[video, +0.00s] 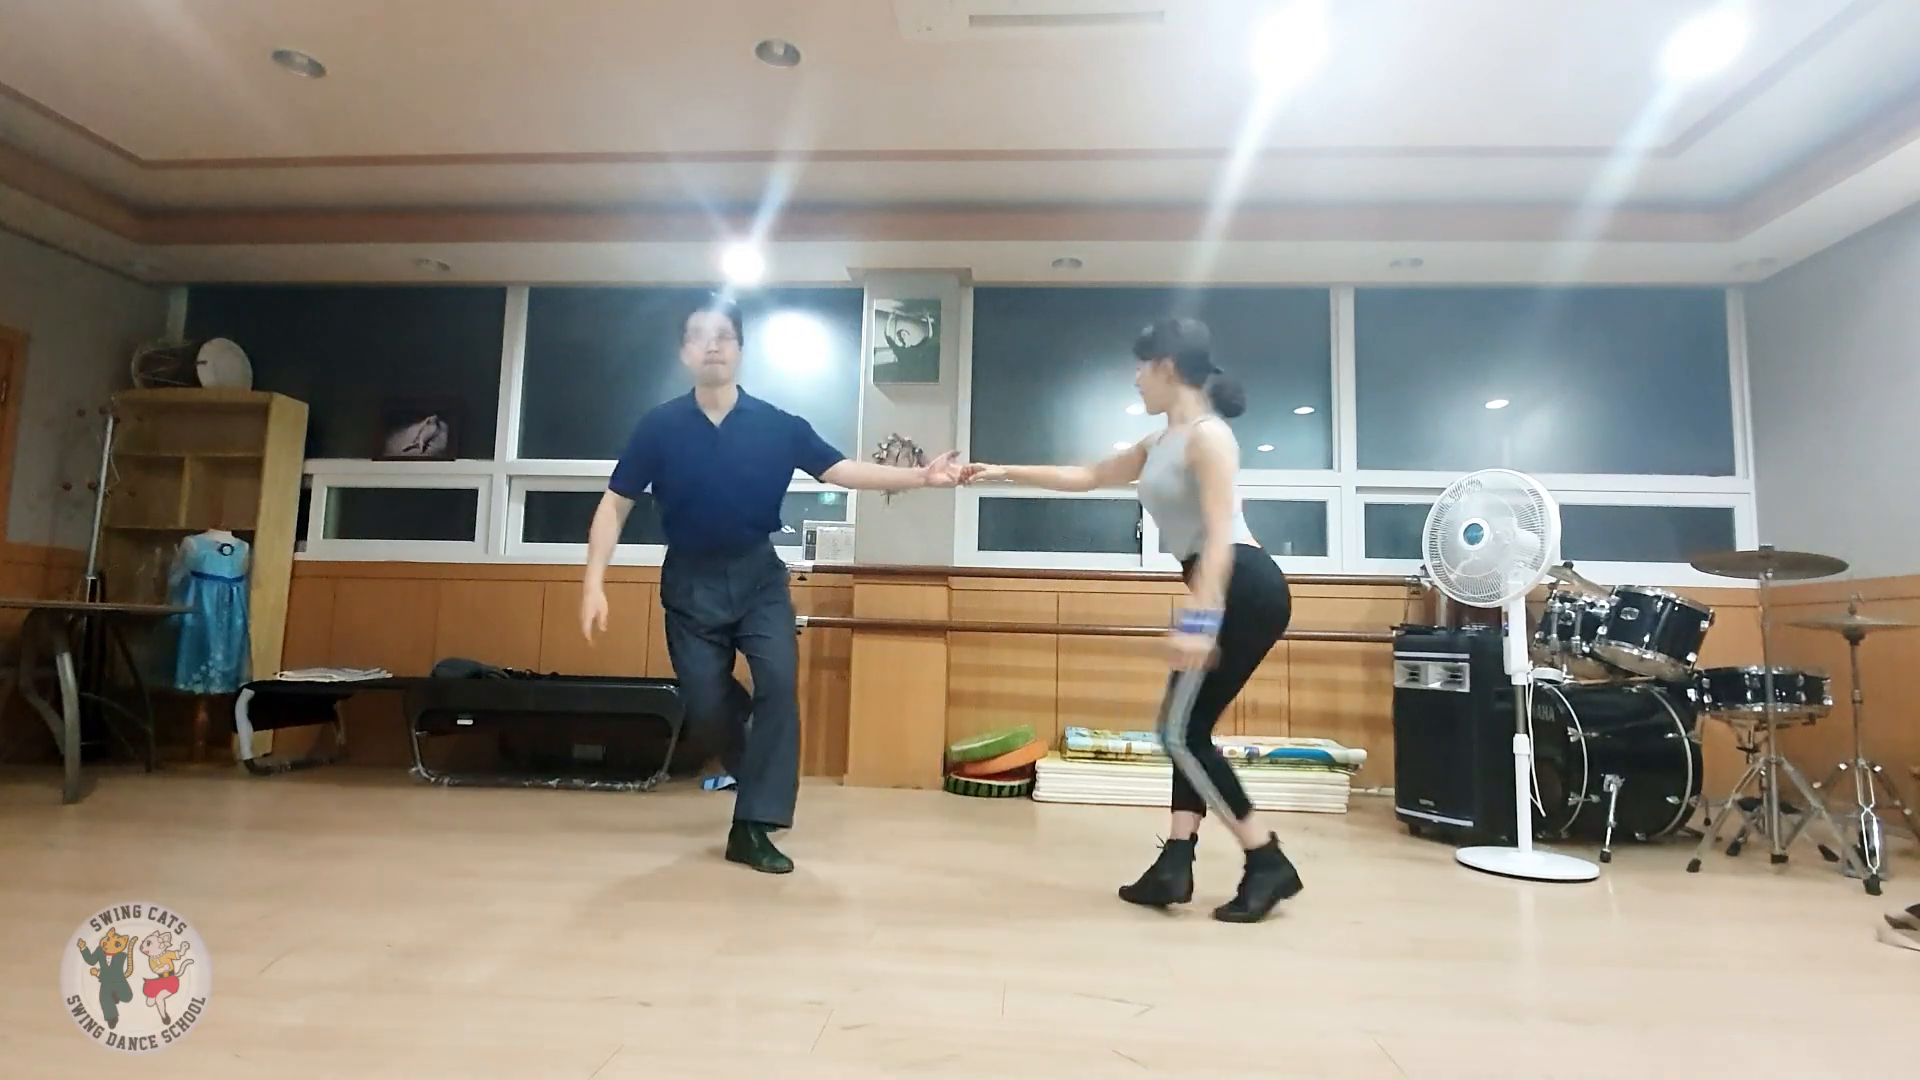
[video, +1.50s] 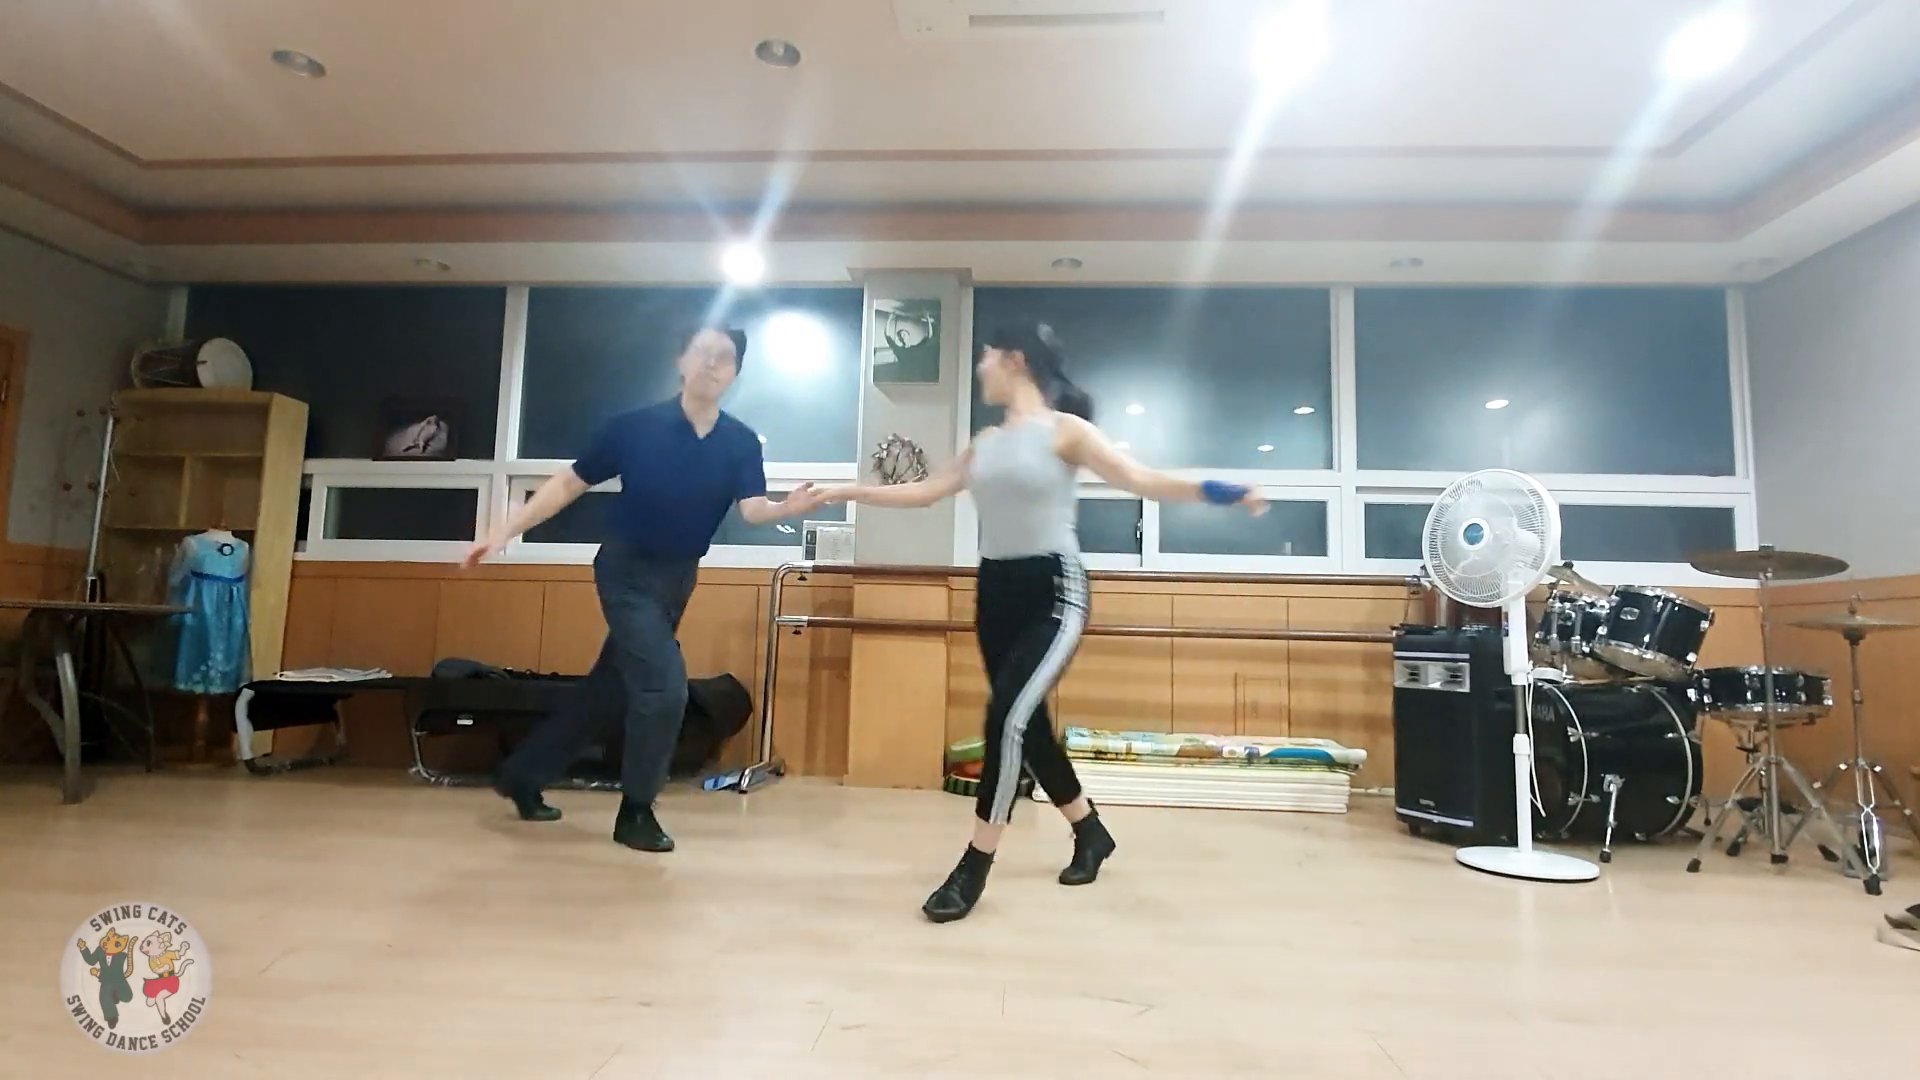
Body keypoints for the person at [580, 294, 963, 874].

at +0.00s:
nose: (712, 348)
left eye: (724, 338)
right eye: (699, 338)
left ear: (739, 351)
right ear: (683, 352)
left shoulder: (778, 427)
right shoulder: (660, 427)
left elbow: (843, 471)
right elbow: (613, 506)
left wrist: (924, 475)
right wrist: (593, 585)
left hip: (760, 581)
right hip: (692, 586)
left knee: (779, 692)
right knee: (708, 714)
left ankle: (751, 827)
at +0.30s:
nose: (697, 349)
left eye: (710, 340)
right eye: (686, 339)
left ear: (728, 356)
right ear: (670, 355)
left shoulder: (763, 429)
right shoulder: (645, 429)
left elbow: (834, 467)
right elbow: (589, 494)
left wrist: (918, 465)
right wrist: (544, 564)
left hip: (746, 581)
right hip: (675, 584)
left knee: (773, 684)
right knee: (684, 691)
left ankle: (749, 827)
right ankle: (692, 813)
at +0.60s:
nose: (703, 362)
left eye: (717, 354)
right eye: (693, 350)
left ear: (732, 370)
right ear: (673, 360)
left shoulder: (752, 444)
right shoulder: (634, 429)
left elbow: (825, 478)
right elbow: (571, 487)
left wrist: (906, 482)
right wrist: (513, 546)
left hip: (706, 583)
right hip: (639, 582)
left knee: (737, 678)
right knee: (677, 684)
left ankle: (734, 813)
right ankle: (682, 824)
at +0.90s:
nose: (703, 369)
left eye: (717, 363)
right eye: (694, 358)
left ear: (730, 382)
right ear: (672, 371)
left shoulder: (744, 458)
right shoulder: (627, 432)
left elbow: (815, 489)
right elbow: (562, 485)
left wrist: (897, 495)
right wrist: (499, 541)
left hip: (677, 593)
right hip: (616, 582)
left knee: (680, 712)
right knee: (657, 687)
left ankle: (597, 761)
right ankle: (687, 824)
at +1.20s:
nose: (699, 374)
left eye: (712, 369)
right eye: (690, 362)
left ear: (723, 386)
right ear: (668, 371)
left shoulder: (728, 456)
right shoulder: (620, 431)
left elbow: (791, 492)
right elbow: (546, 483)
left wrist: (857, 493)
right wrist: (482, 531)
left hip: (653, 590)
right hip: (599, 576)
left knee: (623, 708)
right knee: (646, 688)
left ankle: (519, 780)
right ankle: (681, 822)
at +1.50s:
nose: (710, 365)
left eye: (722, 359)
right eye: (702, 353)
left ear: (735, 375)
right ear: (680, 361)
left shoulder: (741, 444)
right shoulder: (636, 429)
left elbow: (751, 511)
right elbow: (568, 483)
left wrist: (790, 506)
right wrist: (504, 533)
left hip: (676, 582)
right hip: (626, 574)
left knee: (607, 689)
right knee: (664, 685)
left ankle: (522, 774)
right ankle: (635, 812)